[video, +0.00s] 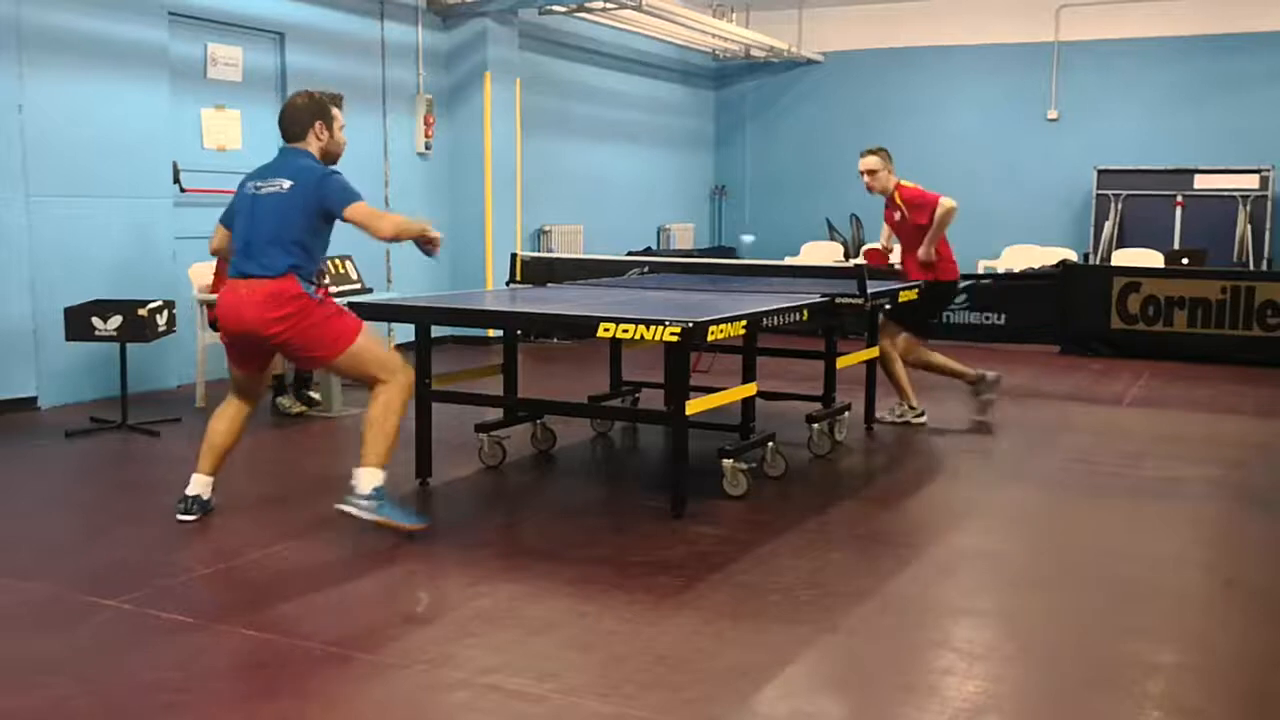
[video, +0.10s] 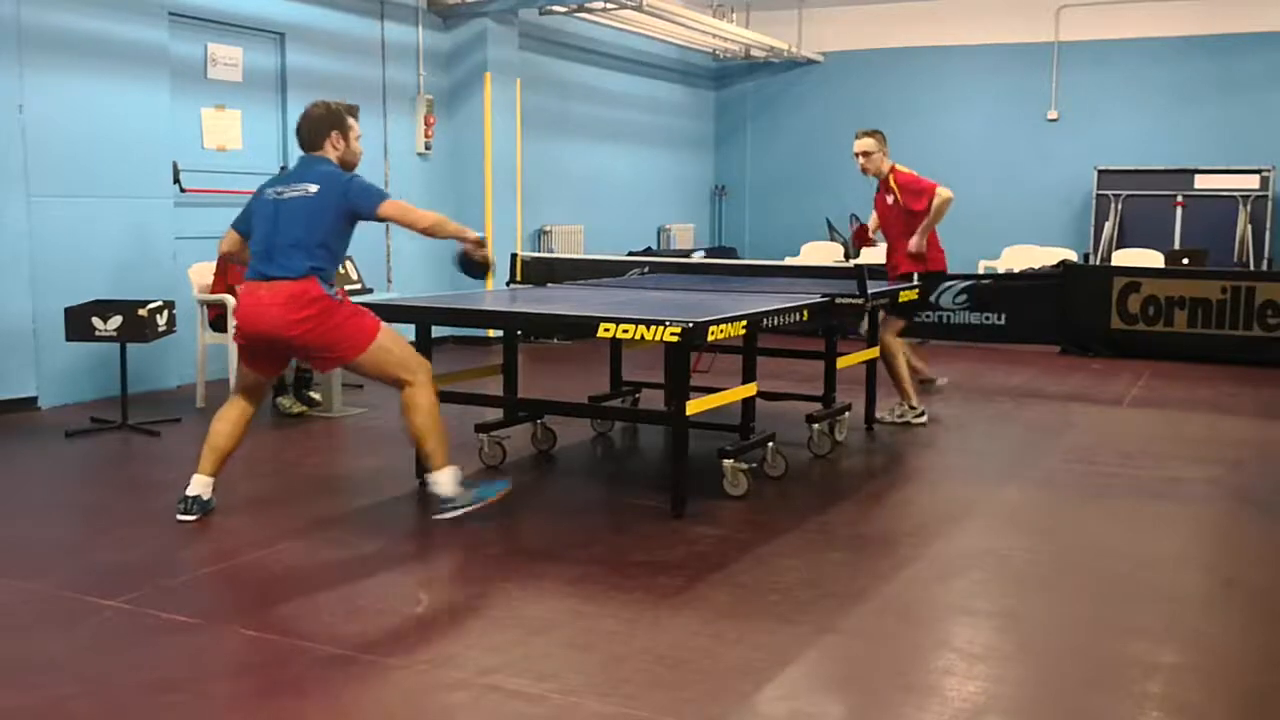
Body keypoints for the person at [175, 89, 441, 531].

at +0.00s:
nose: (344, 138)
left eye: (343, 129)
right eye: (340, 129)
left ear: (293, 133)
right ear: (318, 131)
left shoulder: (254, 178)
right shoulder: (321, 178)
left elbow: (219, 244)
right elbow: (384, 228)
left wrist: (273, 255)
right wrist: (423, 231)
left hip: (233, 303)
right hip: (285, 302)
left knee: (242, 393)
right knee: (395, 374)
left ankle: (196, 492)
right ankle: (367, 489)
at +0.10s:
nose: (361, 147)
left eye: (359, 138)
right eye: (356, 138)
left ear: (319, 141)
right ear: (333, 141)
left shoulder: (271, 187)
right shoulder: (344, 184)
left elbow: (229, 247)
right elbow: (419, 221)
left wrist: (278, 263)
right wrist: (469, 236)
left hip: (252, 308)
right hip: (307, 305)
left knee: (246, 392)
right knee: (416, 374)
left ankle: (197, 491)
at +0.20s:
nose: (390, 155)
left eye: (388, 146)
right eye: (386, 147)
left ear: (342, 153)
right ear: (367, 150)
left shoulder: (301, 194)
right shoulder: (384, 191)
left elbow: (254, 250)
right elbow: (457, 221)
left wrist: (298, 262)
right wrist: (513, 238)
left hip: (287, 308)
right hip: (344, 308)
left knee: (257, 396)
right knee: (439, 386)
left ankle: (199, 489)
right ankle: (505, 474)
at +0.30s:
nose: (430, 168)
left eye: (427, 160)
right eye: (426, 161)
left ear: (383, 165)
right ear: (410, 164)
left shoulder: (348, 205)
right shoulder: (433, 204)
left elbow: (292, 256)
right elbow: (507, 223)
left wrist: (327, 260)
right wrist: (557, 234)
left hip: (334, 313)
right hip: (394, 316)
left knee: (280, 403)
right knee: (481, 387)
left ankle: (205, 492)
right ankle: (527, 479)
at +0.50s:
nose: (479, 180)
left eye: (474, 173)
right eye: (476, 174)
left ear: (433, 181)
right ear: (467, 178)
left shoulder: (403, 216)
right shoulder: (489, 215)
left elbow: (349, 268)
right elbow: (556, 234)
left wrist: (388, 260)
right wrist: (585, 239)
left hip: (382, 320)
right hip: (441, 321)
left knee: (334, 407)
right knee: (523, 374)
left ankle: (260, 494)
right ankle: (533, 479)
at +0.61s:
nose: (473, 170)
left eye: (470, 163)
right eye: (471, 164)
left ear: (428, 172)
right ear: (462, 169)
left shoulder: (396, 210)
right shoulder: (484, 209)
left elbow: (347, 267)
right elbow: (555, 242)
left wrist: (391, 261)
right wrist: (574, 247)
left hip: (382, 320)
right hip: (442, 321)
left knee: (339, 406)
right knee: (520, 375)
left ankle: (274, 492)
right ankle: (533, 480)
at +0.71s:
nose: (453, 153)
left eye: (451, 145)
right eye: (450, 146)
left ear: (405, 153)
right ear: (437, 150)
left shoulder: (372, 197)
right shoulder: (455, 193)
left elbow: (329, 259)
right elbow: (517, 245)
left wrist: (370, 254)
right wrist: (537, 256)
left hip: (363, 315)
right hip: (423, 314)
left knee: (332, 402)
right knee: (497, 386)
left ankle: (275, 499)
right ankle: (531, 480)